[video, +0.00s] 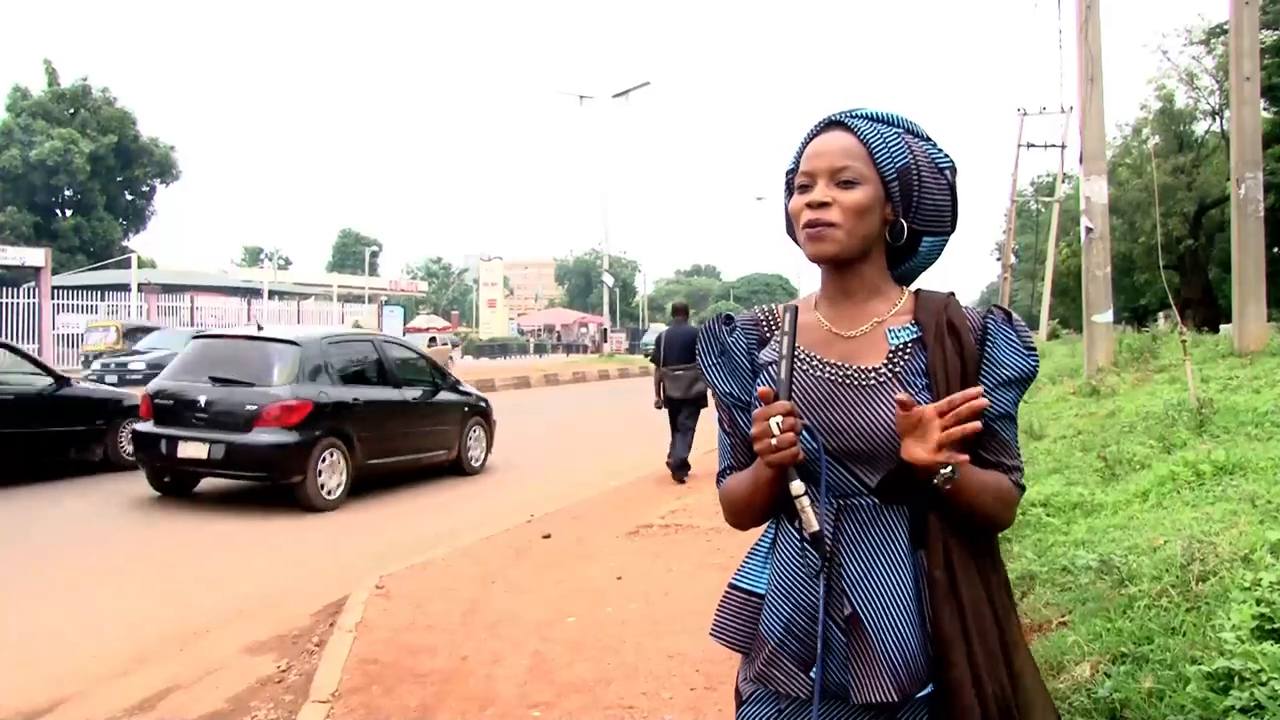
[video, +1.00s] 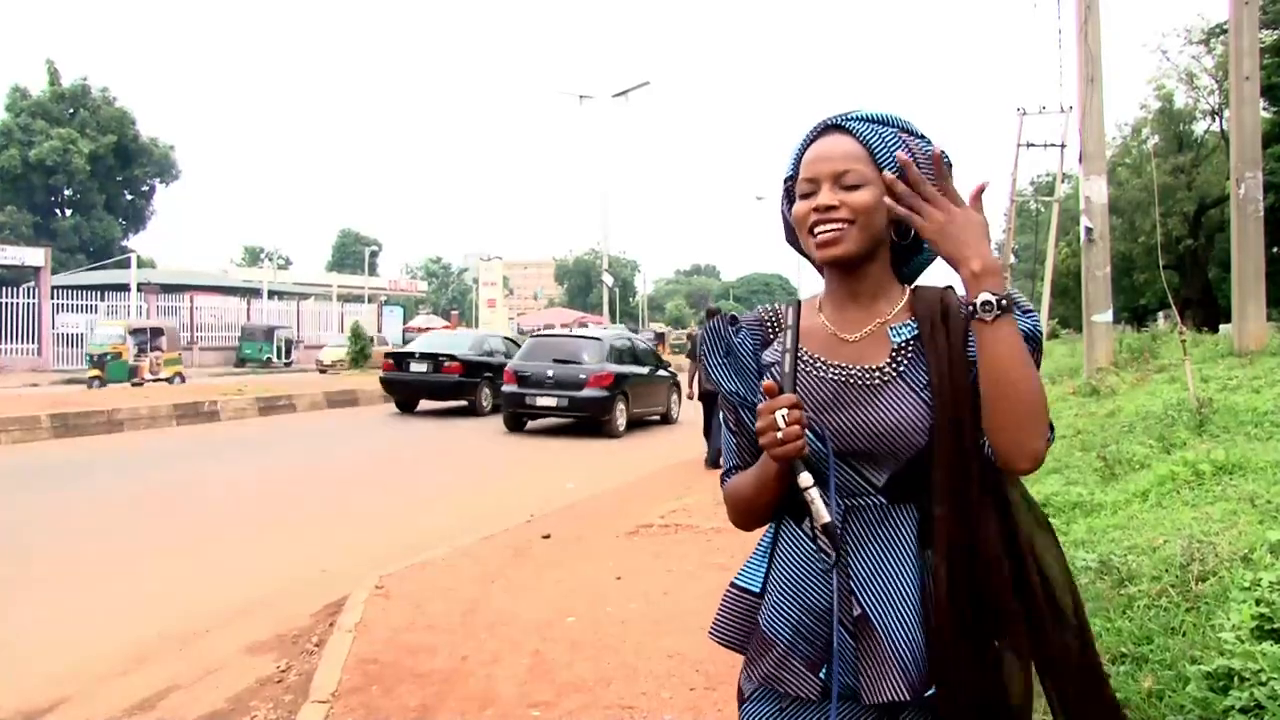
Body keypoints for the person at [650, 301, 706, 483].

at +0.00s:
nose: (682, 318)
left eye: (678, 315)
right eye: (684, 314)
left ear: (672, 316)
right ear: (688, 315)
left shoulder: (663, 337)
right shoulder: (697, 334)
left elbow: (658, 368)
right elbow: (705, 361)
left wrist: (657, 395)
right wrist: (710, 384)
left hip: (671, 385)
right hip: (693, 383)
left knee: (676, 425)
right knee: (687, 426)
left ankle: (676, 458)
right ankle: (678, 463)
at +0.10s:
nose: (687, 316)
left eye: (683, 313)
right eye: (688, 313)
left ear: (676, 313)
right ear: (691, 313)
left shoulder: (665, 334)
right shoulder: (699, 332)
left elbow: (661, 364)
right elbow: (707, 359)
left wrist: (663, 389)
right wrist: (713, 384)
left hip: (673, 384)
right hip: (696, 383)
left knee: (677, 423)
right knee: (698, 423)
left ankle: (685, 461)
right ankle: (684, 449)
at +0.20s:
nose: (690, 315)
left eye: (687, 312)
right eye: (692, 312)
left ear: (679, 312)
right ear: (694, 313)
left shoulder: (668, 332)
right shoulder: (701, 332)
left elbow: (662, 354)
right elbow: (708, 355)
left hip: (673, 383)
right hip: (697, 382)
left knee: (677, 422)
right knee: (703, 419)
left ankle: (682, 464)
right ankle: (693, 449)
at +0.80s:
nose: (710, 317)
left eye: (708, 313)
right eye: (713, 314)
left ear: (703, 314)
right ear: (718, 314)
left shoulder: (694, 333)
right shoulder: (723, 334)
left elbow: (687, 355)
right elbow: (728, 358)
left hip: (698, 381)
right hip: (718, 381)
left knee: (700, 417)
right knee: (714, 418)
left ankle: (699, 448)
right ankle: (712, 456)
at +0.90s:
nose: (711, 319)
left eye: (710, 316)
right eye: (713, 316)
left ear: (705, 316)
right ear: (719, 316)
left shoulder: (697, 336)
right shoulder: (726, 335)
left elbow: (691, 363)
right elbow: (732, 361)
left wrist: (687, 387)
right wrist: (732, 382)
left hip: (703, 386)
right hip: (722, 384)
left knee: (703, 420)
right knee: (715, 421)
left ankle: (706, 453)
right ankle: (712, 458)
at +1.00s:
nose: (714, 322)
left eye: (714, 318)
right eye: (715, 319)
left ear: (706, 319)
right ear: (720, 319)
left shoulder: (700, 337)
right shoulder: (727, 337)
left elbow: (693, 363)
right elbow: (733, 362)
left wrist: (690, 386)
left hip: (706, 386)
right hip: (724, 385)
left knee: (708, 418)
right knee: (719, 419)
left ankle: (711, 449)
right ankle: (714, 454)